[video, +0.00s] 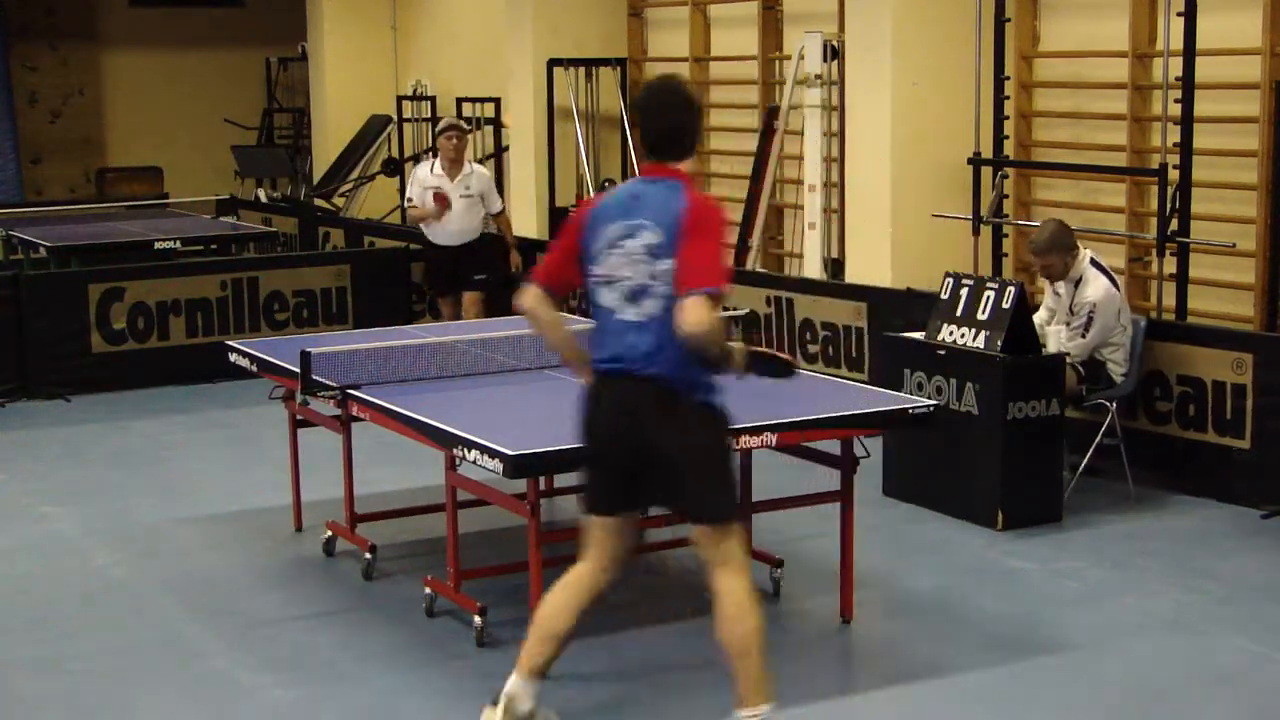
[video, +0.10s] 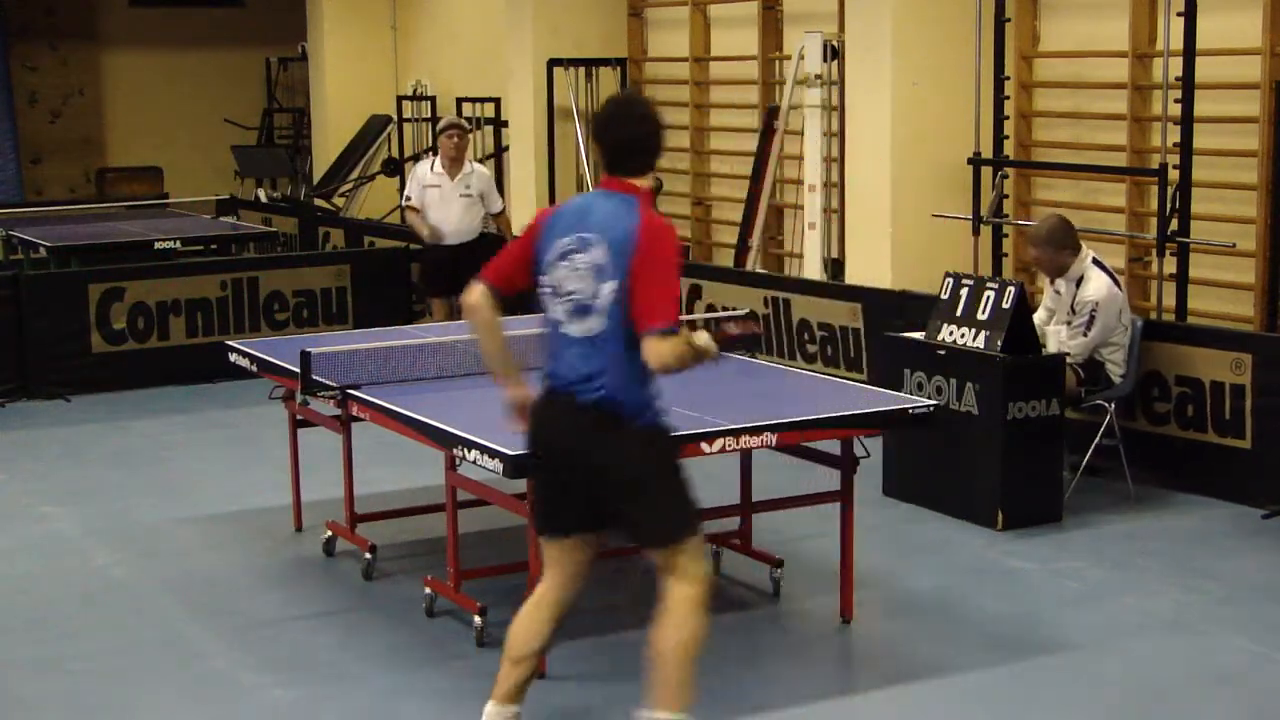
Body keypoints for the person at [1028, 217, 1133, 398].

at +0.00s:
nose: (1041, 273)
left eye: (1047, 267)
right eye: (1038, 266)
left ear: (1069, 257)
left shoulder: (1097, 293)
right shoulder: (1059, 270)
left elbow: (1075, 350)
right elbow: (1045, 316)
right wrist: (1014, 336)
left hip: (1105, 368)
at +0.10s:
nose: (1035, 264)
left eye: (1039, 259)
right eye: (1035, 259)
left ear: (1063, 253)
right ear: (1062, 253)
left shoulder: (1098, 292)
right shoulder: (1060, 271)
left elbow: (1076, 351)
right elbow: (1041, 321)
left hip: (1103, 369)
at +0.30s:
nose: (1032, 248)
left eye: (1037, 242)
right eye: (1033, 241)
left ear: (1059, 248)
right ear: (1059, 248)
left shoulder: (1099, 289)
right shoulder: (1057, 267)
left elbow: (1076, 351)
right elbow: (1044, 313)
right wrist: (1016, 339)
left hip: (1100, 370)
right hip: (1065, 356)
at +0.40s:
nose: (1034, 246)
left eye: (1040, 241)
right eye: (1035, 239)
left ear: (1064, 243)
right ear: (1063, 244)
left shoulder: (1101, 287)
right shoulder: (1058, 267)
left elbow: (1076, 351)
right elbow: (1043, 316)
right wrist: (1013, 340)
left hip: (1097, 372)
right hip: (1064, 356)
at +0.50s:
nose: (1044, 246)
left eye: (1051, 238)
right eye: (1043, 238)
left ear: (1076, 238)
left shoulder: (1103, 282)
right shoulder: (1058, 268)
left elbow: (1079, 348)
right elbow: (1043, 318)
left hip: (1096, 373)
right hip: (1060, 360)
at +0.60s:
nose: (1060, 242)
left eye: (1068, 232)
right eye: (1054, 233)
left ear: (1086, 230)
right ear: (1048, 234)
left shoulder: (1108, 279)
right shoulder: (1056, 267)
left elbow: (1085, 347)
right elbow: (1042, 318)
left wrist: (1044, 370)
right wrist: (1018, 349)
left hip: (1096, 373)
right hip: (1056, 361)